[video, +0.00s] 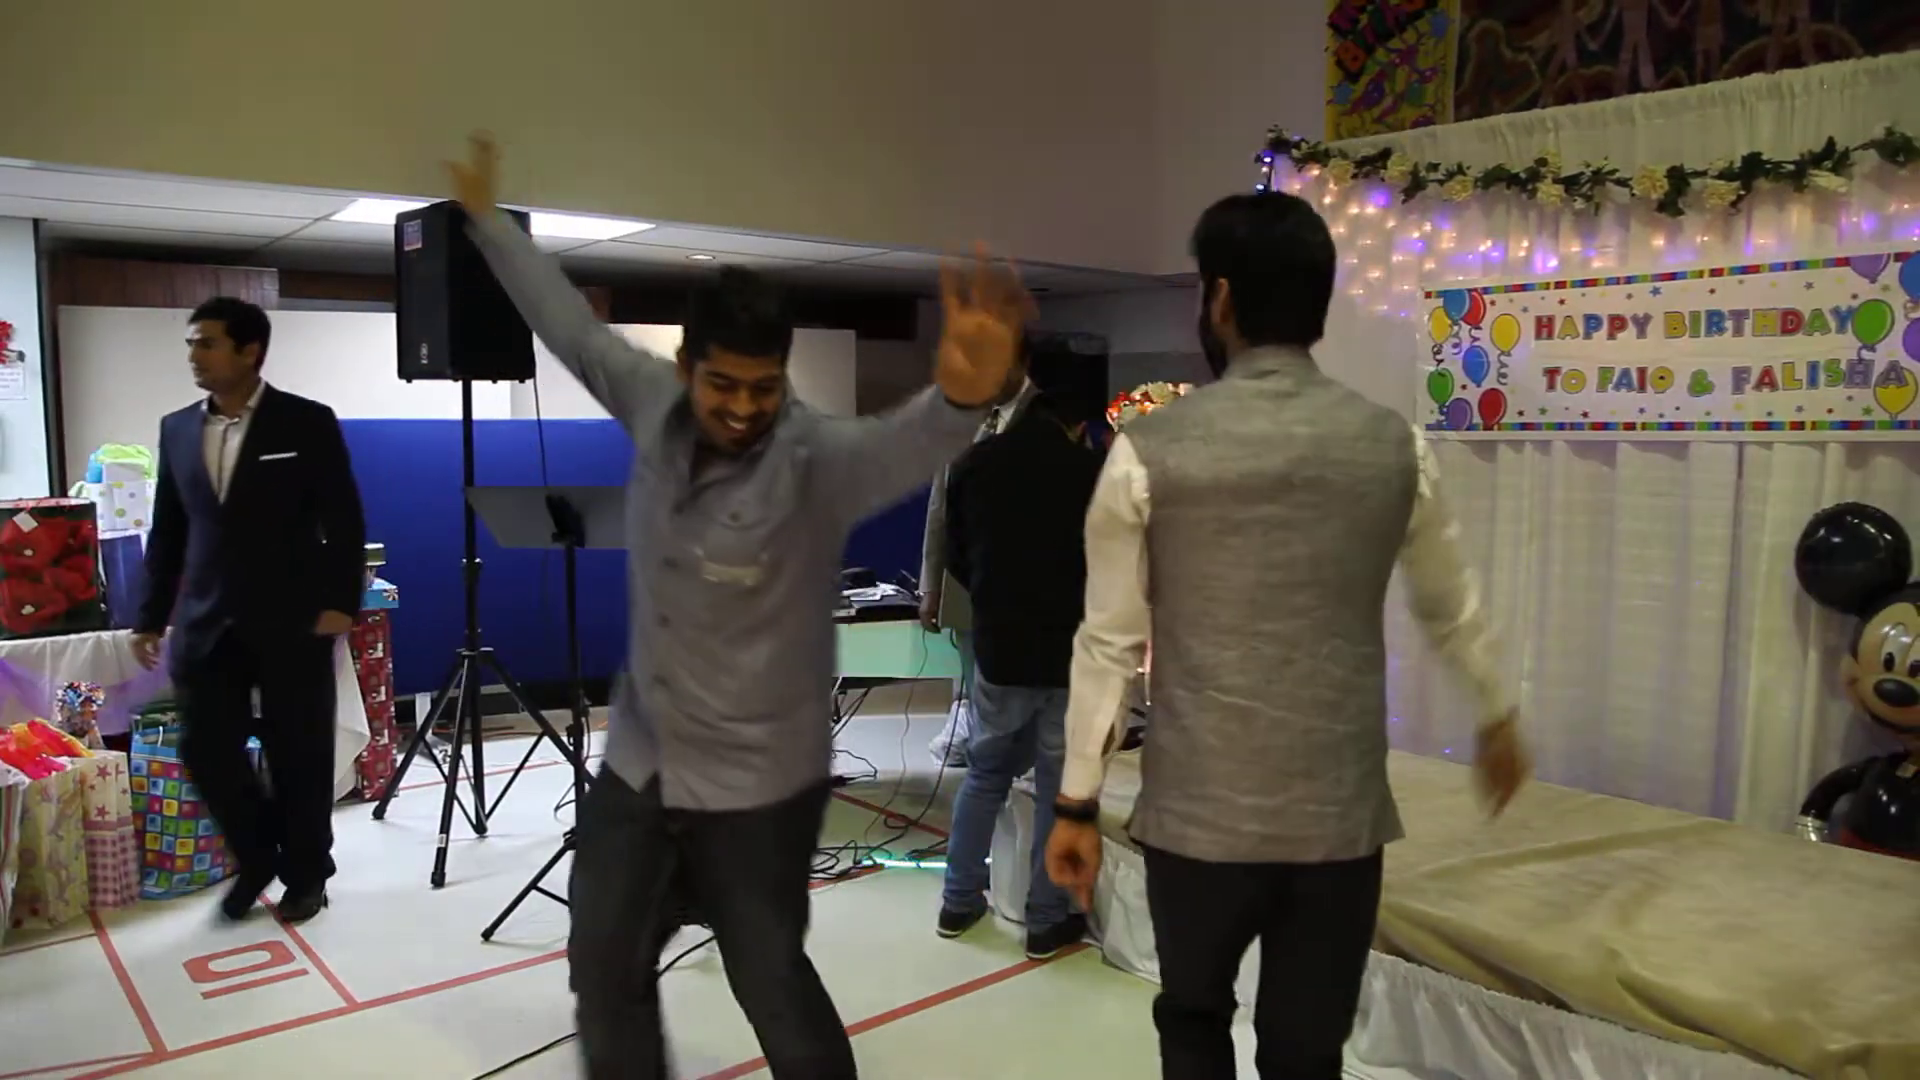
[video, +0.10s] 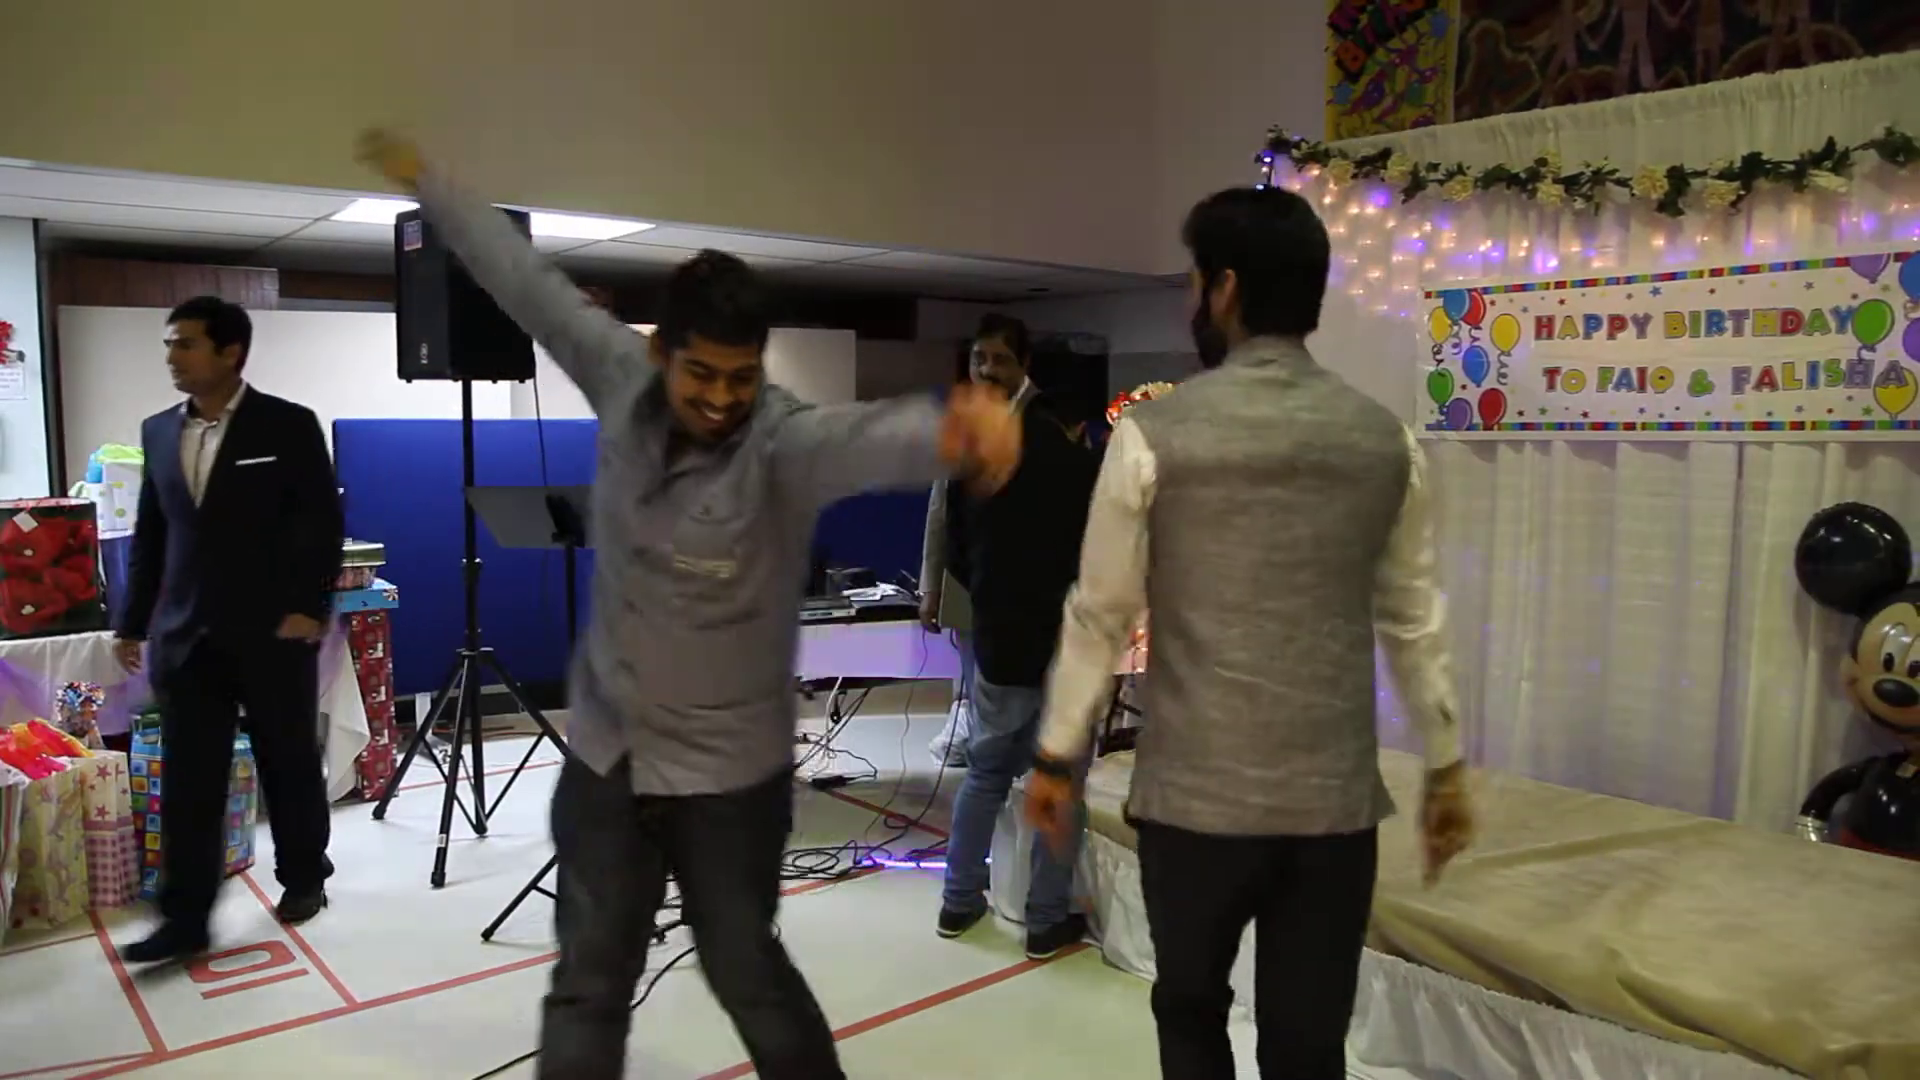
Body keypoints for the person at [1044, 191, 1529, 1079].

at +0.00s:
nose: (1199, 303)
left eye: (1203, 285)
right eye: (1203, 284)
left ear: (1221, 297)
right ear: (1322, 299)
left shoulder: (1151, 446)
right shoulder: (1393, 445)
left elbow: (1109, 638)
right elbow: (1449, 606)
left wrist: (1077, 800)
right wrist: (1497, 715)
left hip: (1199, 836)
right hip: (1338, 839)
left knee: (1192, 1024)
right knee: (1307, 1062)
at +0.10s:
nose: (1193, 298)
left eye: (1198, 279)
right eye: (1196, 279)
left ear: (1224, 287)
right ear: (1311, 291)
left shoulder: (1157, 428)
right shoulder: (1387, 439)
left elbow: (1102, 610)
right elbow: (1412, 614)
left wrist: (1058, 755)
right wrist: (1445, 762)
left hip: (1196, 817)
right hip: (1332, 821)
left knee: (1190, 1014)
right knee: (1307, 1052)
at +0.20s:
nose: (1178, 297)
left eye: (1186, 275)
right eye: (1181, 275)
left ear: (1224, 281)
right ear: (1301, 285)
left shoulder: (1149, 418)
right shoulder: (1369, 433)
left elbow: (1065, 576)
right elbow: (1390, 612)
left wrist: (991, 698)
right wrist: (1425, 763)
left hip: (1189, 796)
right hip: (1322, 798)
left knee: (1193, 1017)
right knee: (1297, 1020)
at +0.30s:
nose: (1162, 308)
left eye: (1170, 288)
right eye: (1165, 288)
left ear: (1208, 300)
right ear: (1282, 300)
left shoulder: (1142, 427)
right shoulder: (1354, 444)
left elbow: (1017, 541)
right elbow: (1393, 613)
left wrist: (912, 623)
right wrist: (1438, 743)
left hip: (1179, 792)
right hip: (1304, 794)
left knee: (1180, 1003)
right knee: (1270, 959)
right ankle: (1291, 1076)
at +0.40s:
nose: (1151, 308)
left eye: (1160, 289)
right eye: (1155, 287)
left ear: (1199, 304)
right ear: (1264, 305)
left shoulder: (1138, 423)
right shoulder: (1337, 436)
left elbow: (986, 491)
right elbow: (1406, 584)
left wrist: (849, 543)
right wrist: (1469, 696)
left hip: (1172, 772)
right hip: (1293, 774)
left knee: (1178, 993)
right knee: (1238, 902)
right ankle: (1292, 1054)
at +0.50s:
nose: (1139, 299)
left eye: (1146, 282)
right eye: (1143, 280)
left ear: (1186, 295)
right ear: (1255, 296)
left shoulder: (1124, 411)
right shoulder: (1323, 416)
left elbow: (969, 455)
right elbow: (1415, 528)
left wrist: (825, 485)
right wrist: (1497, 612)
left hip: (1176, 762)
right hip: (1287, 758)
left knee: (1169, 982)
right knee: (1209, 871)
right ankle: (1289, 1045)